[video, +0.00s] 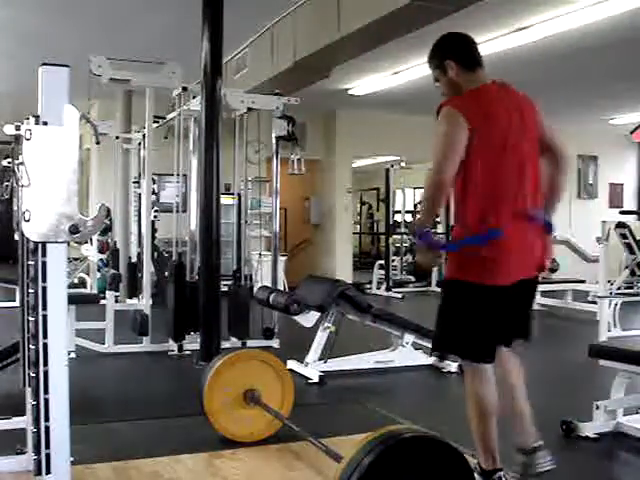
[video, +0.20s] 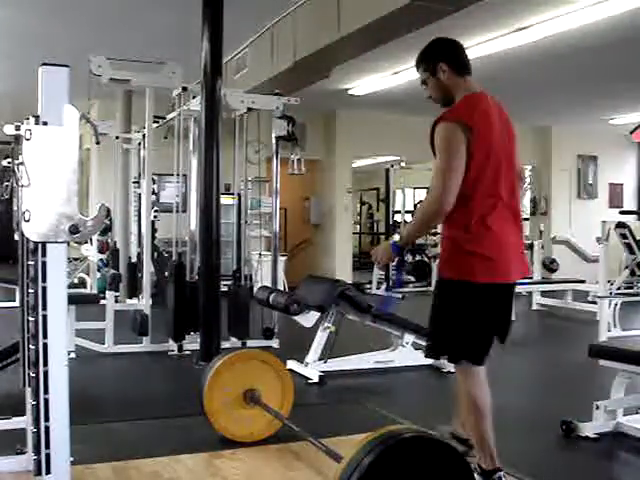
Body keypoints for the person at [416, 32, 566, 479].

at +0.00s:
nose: (439, 84)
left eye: (438, 76)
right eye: (437, 76)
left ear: (450, 68)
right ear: (479, 62)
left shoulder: (458, 109)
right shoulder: (520, 101)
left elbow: (442, 175)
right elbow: (560, 157)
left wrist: (423, 234)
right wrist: (545, 215)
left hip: (480, 253)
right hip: (527, 249)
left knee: (475, 363)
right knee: (503, 345)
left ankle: (489, 466)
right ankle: (532, 444)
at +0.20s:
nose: (427, 93)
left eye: (426, 82)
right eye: (424, 85)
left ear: (443, 72)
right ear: (463, 70)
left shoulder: (455, 119)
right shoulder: (499, 113)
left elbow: (442, 199)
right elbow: (514, 180)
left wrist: (396, 244)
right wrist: (475, 217)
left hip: (470, 260)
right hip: (503, 258)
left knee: (469, 362)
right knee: (470, 353)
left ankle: (489, 463)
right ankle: (463, 433)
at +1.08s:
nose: (353, 106)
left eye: (355, 95)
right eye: (348, 98)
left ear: (379, 81)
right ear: (362, 89)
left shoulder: (424, 128)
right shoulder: (360, 125)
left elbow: (443, 198)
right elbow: (366, 194)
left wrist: (387, 165)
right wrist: (358, 253)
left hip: (407, 264)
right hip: (373, 261)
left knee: (375, 357)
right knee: (401, 354)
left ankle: (369, 452)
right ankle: (431, 426)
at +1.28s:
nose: (335, 115)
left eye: (338, 104)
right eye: (329, 107)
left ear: (362, 89)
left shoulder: (410, 127)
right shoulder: (347, 126)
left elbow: (406, 197)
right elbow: (359, 196)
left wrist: (371, 136)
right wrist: (353, 256)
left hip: (396, 266)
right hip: (360, 261)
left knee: (378, 359)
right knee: (348, 345)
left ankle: (369, 458)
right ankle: (409, 416)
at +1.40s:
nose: (320, 125)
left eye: (321, 114)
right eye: (314, 118)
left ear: (343, 98)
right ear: (333, 103)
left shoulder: (397, 125)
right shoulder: (339, 130)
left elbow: (390, 196)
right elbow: (351, 199)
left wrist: (357, 138)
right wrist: (351, 253)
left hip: (392, 268)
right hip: (354, 262)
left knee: (374, 358)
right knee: (338, 342)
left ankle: (370, 446)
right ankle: (373, 422)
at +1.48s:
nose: (314, 130)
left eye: (314, 119)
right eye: (308, 124)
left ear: (332, 101)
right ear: (324, 106)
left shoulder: (390, 126)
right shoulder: (339, 132)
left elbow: (382, 197)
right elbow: (347, 207)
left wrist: (345, 143)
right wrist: (345, 260)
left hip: (388, 270)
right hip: (350, 265)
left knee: (373, 360)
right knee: (340, 348)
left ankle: (372, 451)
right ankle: (344, 437)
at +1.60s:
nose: (307, 135)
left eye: (306, 125)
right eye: (300, 129)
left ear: (322, 105)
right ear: (313, 110)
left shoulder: (381, 130)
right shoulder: (335, 131)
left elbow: (371, 199)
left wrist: (334, 148)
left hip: (384, 269)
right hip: (346, 263)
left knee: (370, 362)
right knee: (337, 352)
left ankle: (370, 455)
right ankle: (333, 442)